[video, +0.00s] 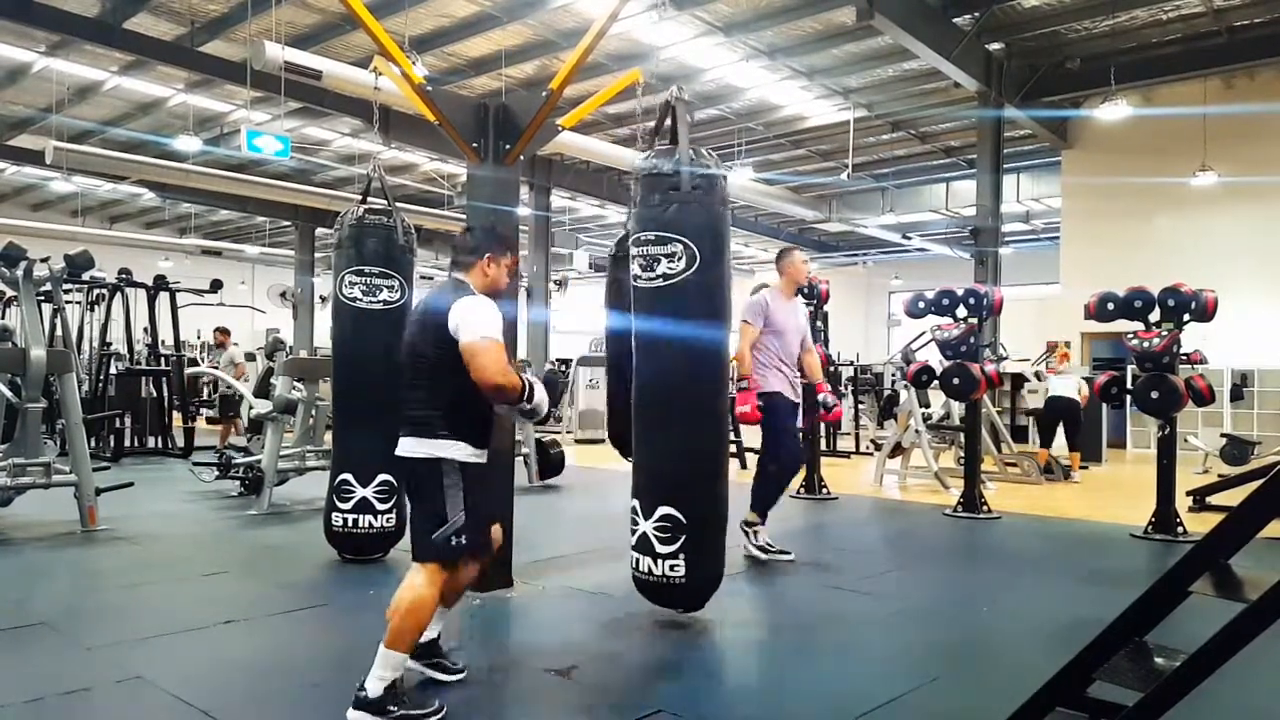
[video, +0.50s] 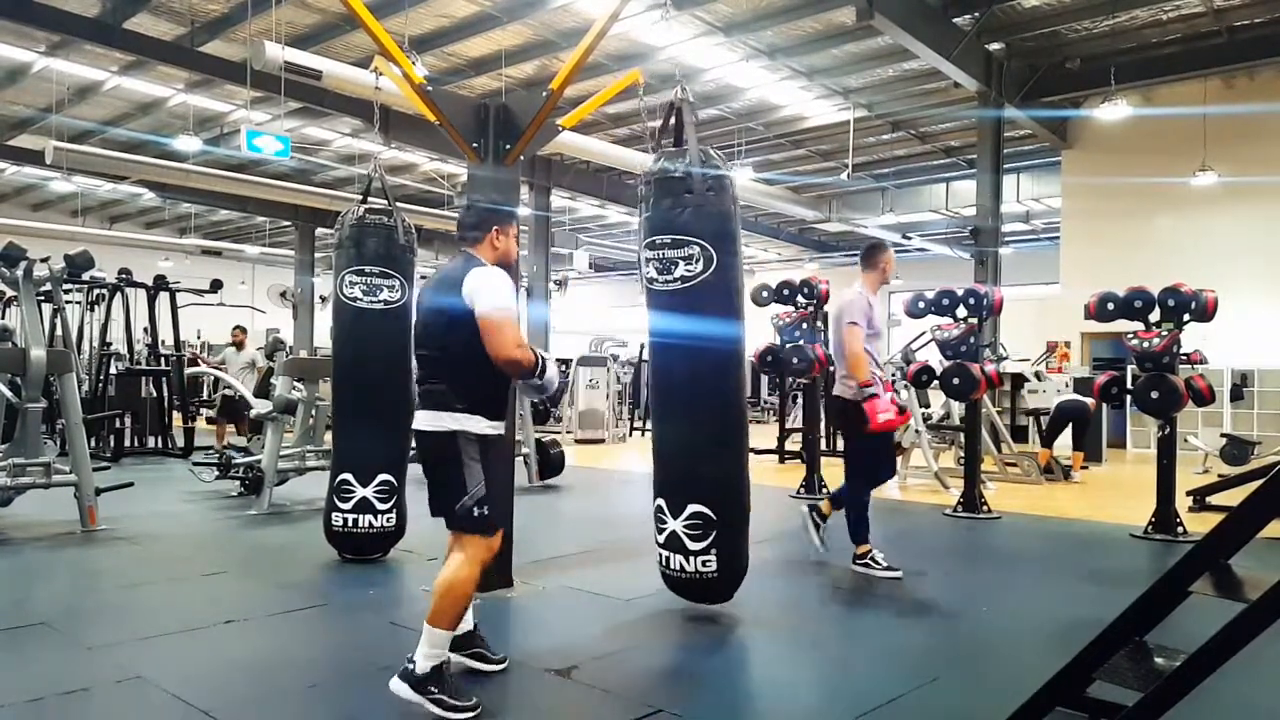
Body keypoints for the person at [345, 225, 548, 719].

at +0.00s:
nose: (510, 279)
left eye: (512, 269)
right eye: (509, 268)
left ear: (473, 259)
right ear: (488, 262)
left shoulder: (434, 299)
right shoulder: (473, 305)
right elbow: (493, 377)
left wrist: (512, 386)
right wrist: (532, 393)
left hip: (425, 449)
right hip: (443, 454)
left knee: (486, 539)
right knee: (436, 567)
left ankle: (423, 636)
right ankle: (376, 690)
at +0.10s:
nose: (514, 269)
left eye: (514, 259)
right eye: (512, 259)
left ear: (473, 252)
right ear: (493, 254)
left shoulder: (437, 292)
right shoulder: (476, 297)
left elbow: (456, 368)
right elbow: (490, 370)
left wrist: (512, 366)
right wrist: (527, 370)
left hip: (442, 440)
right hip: (444, 445)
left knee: (496, 522)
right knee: (432, 563)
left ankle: (438, 622)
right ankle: (379, 684)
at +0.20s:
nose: (518, 252)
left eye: (517, 243)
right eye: (515, 242)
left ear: (480, 239)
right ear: (494, 240)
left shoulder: (445, 280)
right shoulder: (477, 281)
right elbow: (496, 351)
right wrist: (529, 338)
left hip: (459, 428)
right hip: (446, 430)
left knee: (487, 519)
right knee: (460, 547)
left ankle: (452, 628)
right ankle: (398, 664)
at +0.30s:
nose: (518, 262)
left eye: (517, 252)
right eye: (515, 252)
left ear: (481, 250)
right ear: (493, 250)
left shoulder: (455, 290)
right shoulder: (475, 296)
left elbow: (486, 362)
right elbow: (501, 367)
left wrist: (519, 353)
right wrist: (532, 350)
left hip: (457, 441)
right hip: (459, 443)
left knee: (474, 546)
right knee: (488, 550)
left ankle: (455, 641)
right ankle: (425, 671)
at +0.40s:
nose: (518, 262)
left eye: (517, 252)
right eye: (515, 252)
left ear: (477, 250)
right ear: (495, 251)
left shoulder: (447, 292)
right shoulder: (481, 297)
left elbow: (460, 368)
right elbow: (504, 372)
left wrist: (522, 363)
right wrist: (537, 365)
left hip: (446, 440)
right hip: (466, 443)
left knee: (471, 547)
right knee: (490, 552)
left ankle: (458, 639)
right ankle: (424, 673)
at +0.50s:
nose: (518, 246)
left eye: (517, 236)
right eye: (516, 235)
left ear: (475, 235)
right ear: (496, 235)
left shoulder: (444, 278)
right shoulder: (488, 278)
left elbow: (450, 355)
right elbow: (508, 352)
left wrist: (523, 372)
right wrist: (540, 365)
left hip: (443, 425)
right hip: (466, 428)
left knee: (476, 536)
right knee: (476, 543)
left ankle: (460, 633)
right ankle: (423, 669)